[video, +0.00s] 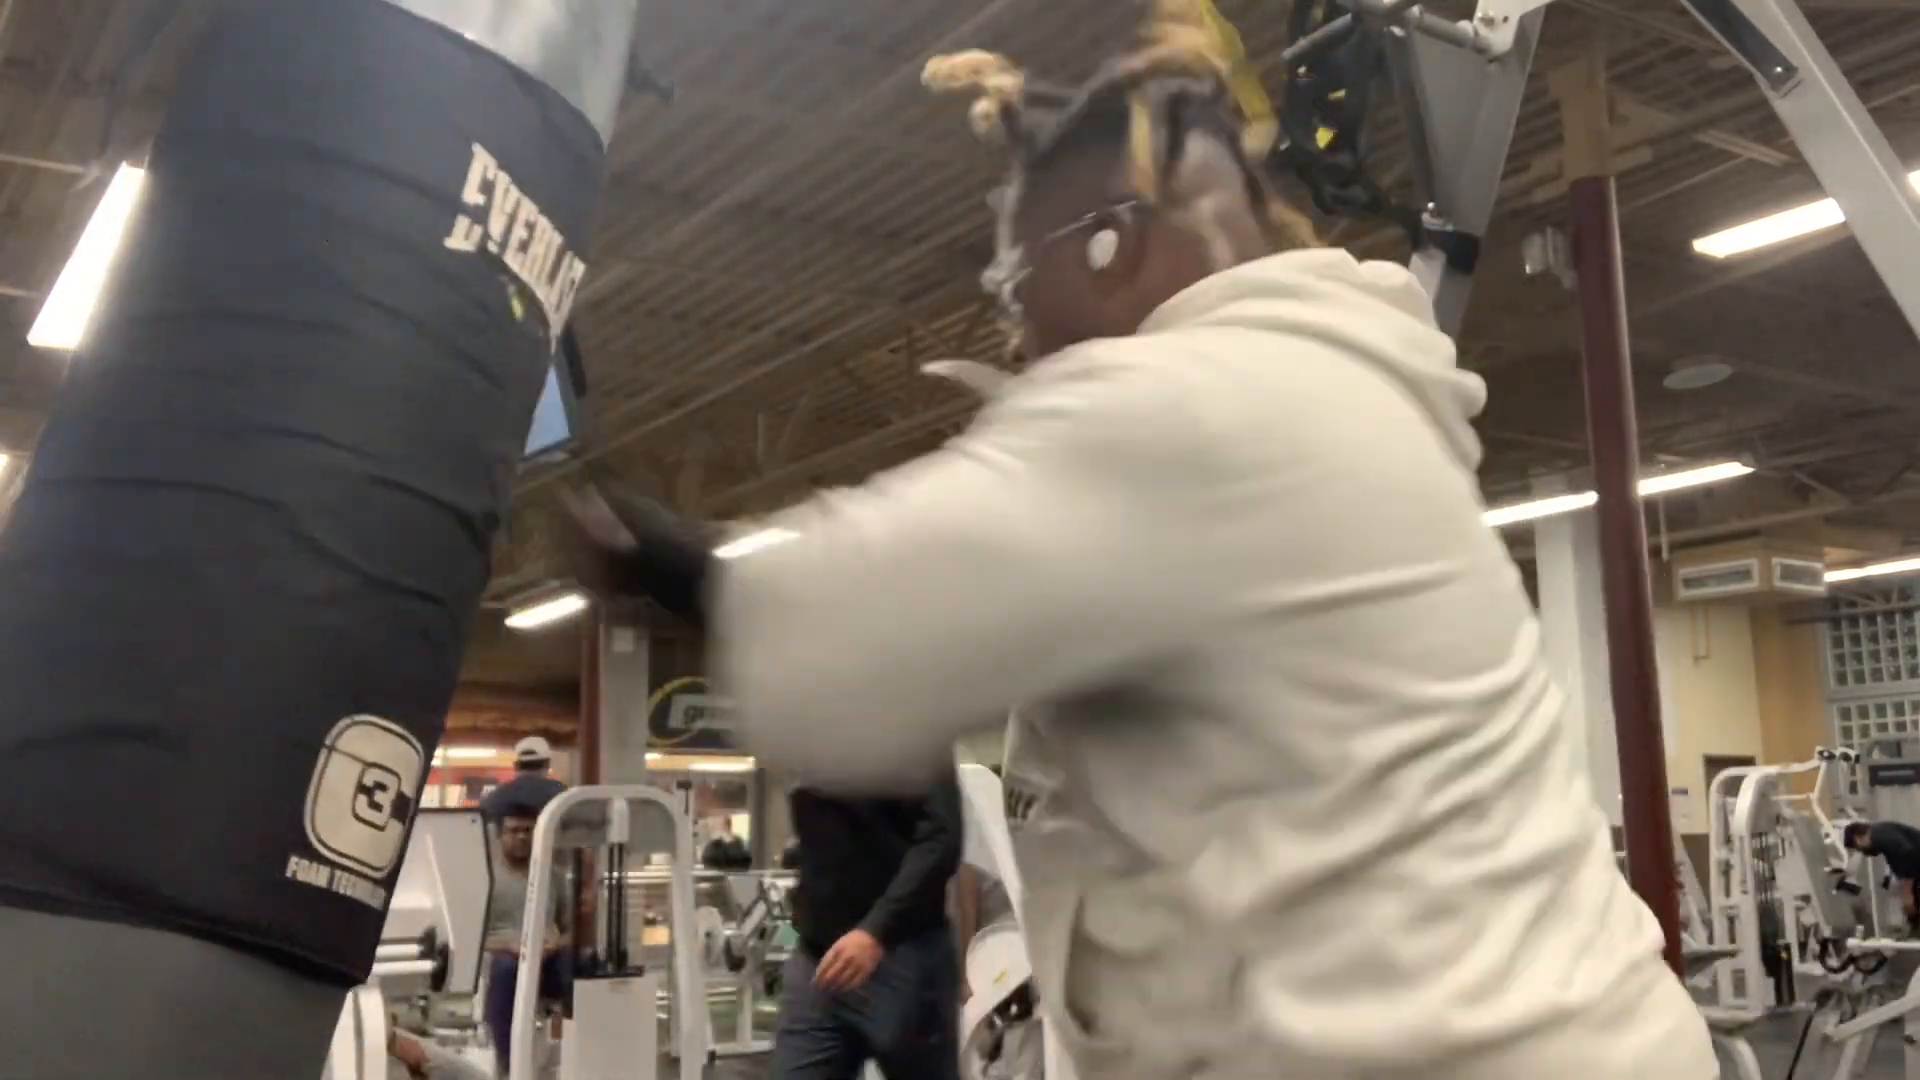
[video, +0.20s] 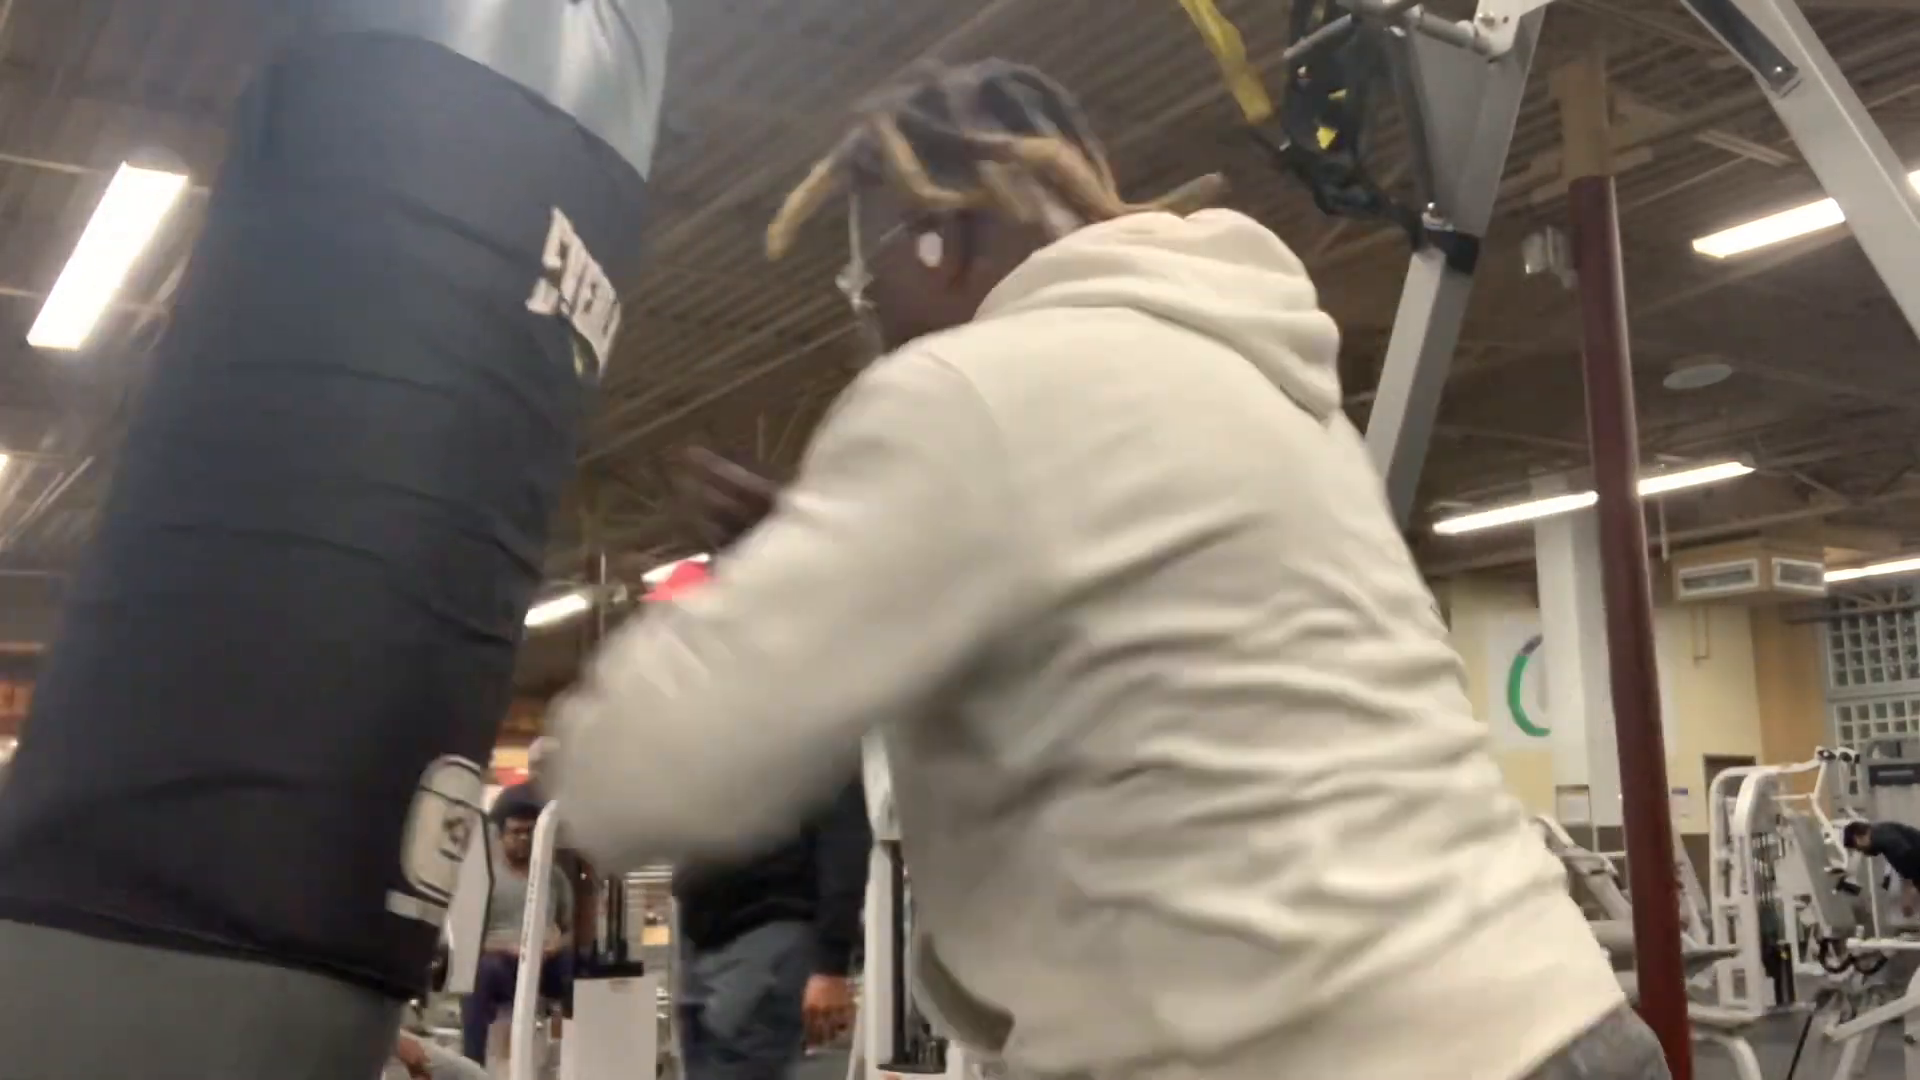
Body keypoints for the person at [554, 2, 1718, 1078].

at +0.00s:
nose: (1015, 322)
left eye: (1025, 264)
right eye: (1010, 273)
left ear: (1124, 224)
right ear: (1199, 217)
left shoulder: (1193, 408)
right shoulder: (1326, 372)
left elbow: (802, 656)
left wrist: (693, 586)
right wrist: (733, 586)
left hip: (1400, 1051)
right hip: (1576, 1026)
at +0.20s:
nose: (875, 328)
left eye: (873, 294)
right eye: (863, 303)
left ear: (943, 240)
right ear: (1067, 204)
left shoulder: (963, 399)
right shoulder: (1234, 365)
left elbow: (624, 793)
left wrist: (697, 602)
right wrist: (806, 541)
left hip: (1283, 1045)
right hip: (1541, 1016)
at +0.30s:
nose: (886, 359)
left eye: (879, 315)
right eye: (868, 325)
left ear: (949, 266)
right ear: (1082, 212)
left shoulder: (993, 434)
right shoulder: (1235, 382)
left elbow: (672, 783)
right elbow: (928, 609)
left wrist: (701, 596)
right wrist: (650, 512)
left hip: (1256, 1046)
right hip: (1541, 1012)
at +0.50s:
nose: (805, 364)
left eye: (802, 335)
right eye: (794, 339)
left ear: (833, 306)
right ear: (1030, 227)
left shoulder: (840, 457)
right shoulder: (1273, 422)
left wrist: (655, 816)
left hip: (1210, 1052)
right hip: (1516, 1022)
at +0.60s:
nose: (773, 404)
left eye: (753, 365)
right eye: (749, 375)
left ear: (805, 336)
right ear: (925, 250)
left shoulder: (918, 501)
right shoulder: (1118, 400)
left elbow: (787, 1004)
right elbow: (860, 571)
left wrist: (745, 815)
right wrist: (636, 532)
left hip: (1321, 1071)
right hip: (1551, 1026)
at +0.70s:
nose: (827, 378)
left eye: (820, 316)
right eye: (807, 327)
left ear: (909, 259)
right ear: (1052, 228)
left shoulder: (983, 474)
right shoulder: (1240, 385)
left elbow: (893, 986)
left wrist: (808, 746)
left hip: (1322, 1047)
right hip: (1579, 1012)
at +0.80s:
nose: (1010, 247)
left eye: (1010, 204)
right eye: (1000, 210)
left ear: (1076, 177)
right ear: (1251, 149)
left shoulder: (1116, 373)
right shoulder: (1444, 353)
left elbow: (952, 837)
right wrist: (1051, 935)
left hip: (1369, 1038)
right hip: (1672, 1005)